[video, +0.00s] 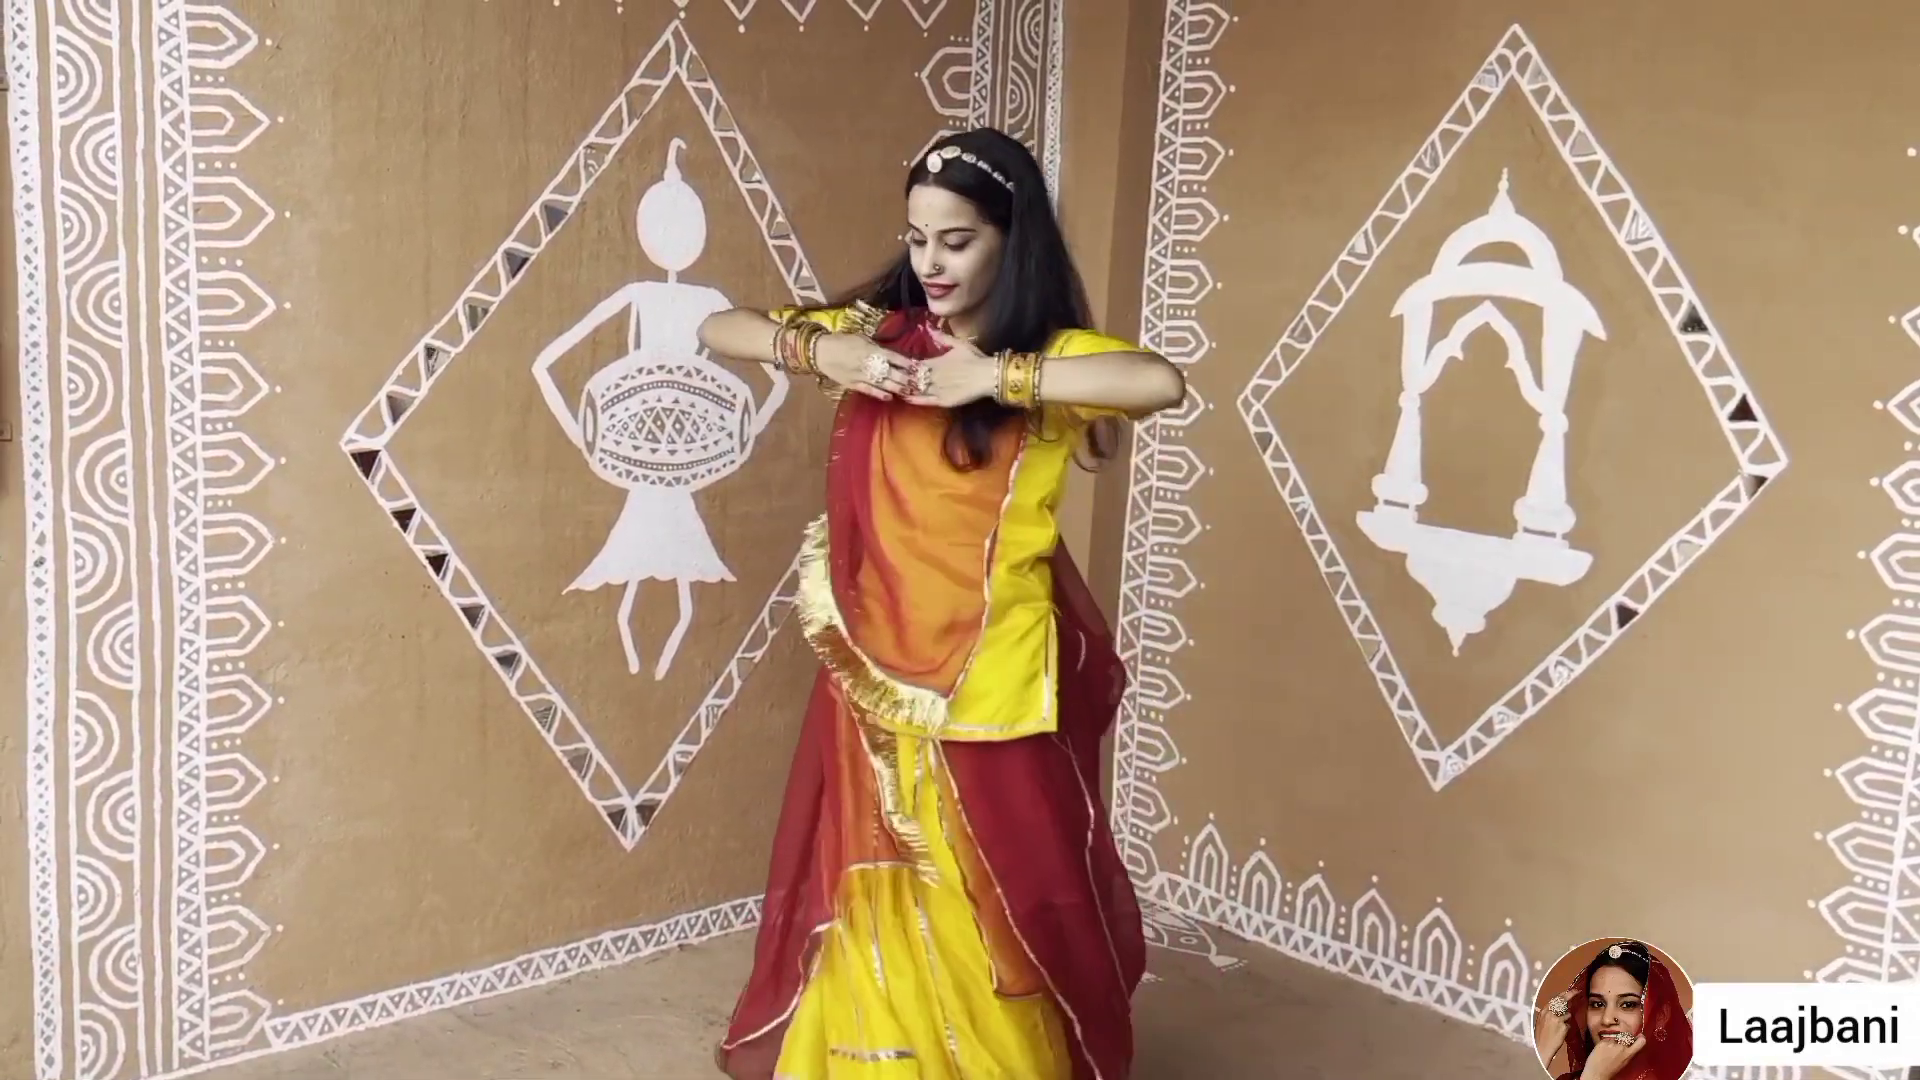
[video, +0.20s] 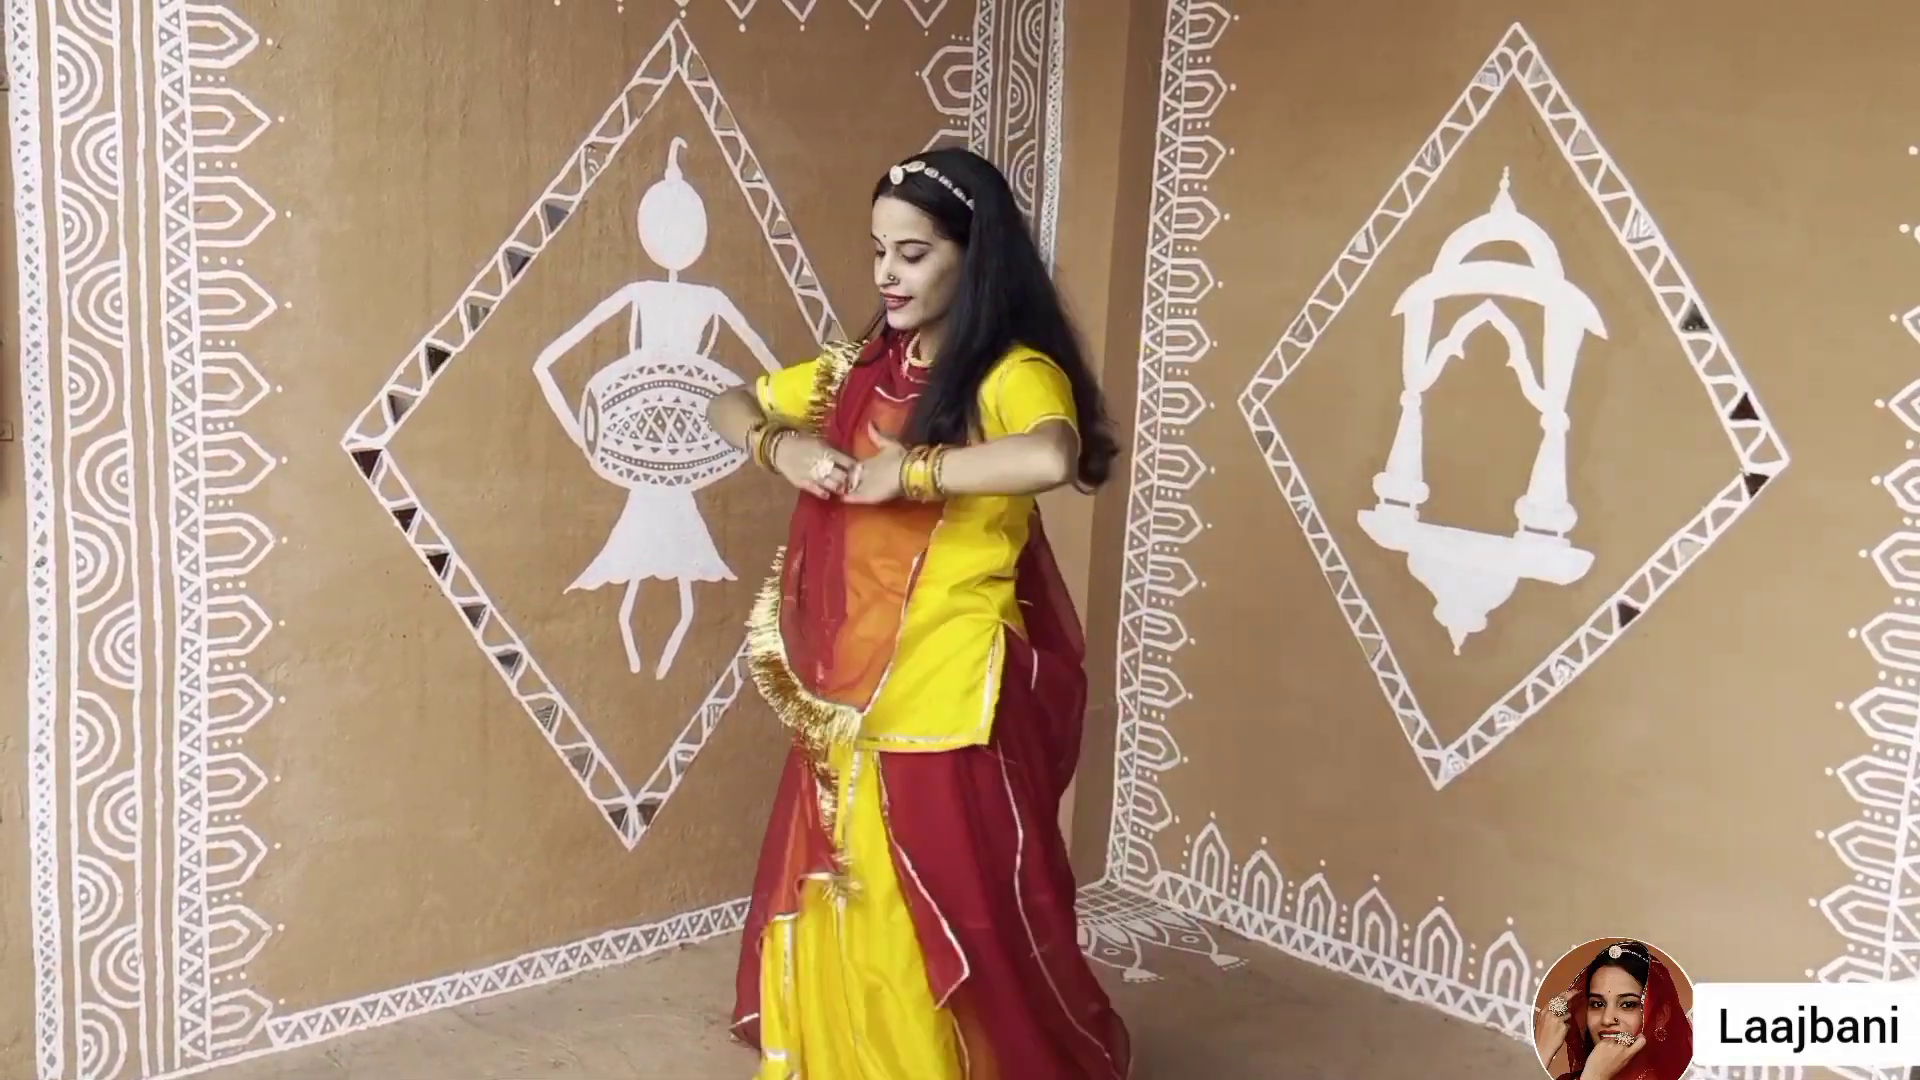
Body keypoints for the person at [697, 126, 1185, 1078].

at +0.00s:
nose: (931, 262)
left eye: (954, 240)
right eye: (918, 239)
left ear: (1012, 238)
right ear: (904, 240)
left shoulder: (1050, 354)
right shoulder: (876, 327)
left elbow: (1161, 384)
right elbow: (721, 330)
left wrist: (991, 376)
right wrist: (821, 350)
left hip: (994, 696)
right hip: (868, 679)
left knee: (990, 948)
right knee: (859, 933)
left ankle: (1003, 1065)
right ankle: (859, 1065)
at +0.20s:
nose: (887, 273)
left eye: (911, 253)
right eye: (879, 250)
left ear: (974, 257)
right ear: (873, 251)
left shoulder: (1011, 368)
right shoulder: (868, 358)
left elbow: (1054, 455)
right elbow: (732, 403)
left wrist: (909, 469)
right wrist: (783, 446)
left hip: (949, 702)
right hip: (845, 693)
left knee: (937, 944)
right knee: (822, 934)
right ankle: (822, 1061)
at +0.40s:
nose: (834, 285)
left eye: (859, 264)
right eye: (829, 262)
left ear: (924, 271)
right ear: (827, 264)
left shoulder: (963, 391)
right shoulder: (835, 389)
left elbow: (928, 518)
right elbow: (729, 474)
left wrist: (794, 590)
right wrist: (718, 559)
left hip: (938, 707)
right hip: (836, 700)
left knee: (888, 949)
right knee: (757, 929)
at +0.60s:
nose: (769, 279)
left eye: (795, 257)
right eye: (767, 257)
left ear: (862, 268)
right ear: (774, 267)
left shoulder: (896, 384)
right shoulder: (789, 389)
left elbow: (779, 509)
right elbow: (671, 488)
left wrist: (648, 599)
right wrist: (597, 579)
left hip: (942, 694)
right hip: (849, 699)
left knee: (907, 945)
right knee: (776, 930)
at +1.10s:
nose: (802, 292)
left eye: (823, 271)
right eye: (797, 271)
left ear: (886, 273)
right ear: (802, 276)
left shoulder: (927, 380)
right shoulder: (824, 391)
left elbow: (849, 483)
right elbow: (727, 473)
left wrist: (739, 567)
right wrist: (695, 543)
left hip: (954, 679)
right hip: (852, 676)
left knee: (920, 910)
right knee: (785, 898)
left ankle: (914, 1068)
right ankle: (765, 1063)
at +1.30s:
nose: (827, 243)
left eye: (849, 220)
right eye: (820, 221)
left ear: (911, 219)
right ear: (818, 226)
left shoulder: (966, 325)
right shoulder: (832, 326)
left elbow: (932, 445)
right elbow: (709, 357)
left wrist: (819, 476)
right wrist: (705, 408)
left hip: (951, 656)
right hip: (846, 653)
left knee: (929, 887)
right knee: (826, 880)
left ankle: (938, 1066)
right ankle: (825, 1060)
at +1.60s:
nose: (852, 253)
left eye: (871, 231)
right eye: (845, 231)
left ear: (934, 225)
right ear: (843, 229)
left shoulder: (1015, 323)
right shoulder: (843, 312)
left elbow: (968, 438)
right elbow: (688, 261)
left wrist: (813, 404)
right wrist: (701, 281)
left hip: (962, 661)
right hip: (835, 651)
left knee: (927, 886)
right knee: (827, 876)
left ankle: (930, 1061)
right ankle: (828, 1054)